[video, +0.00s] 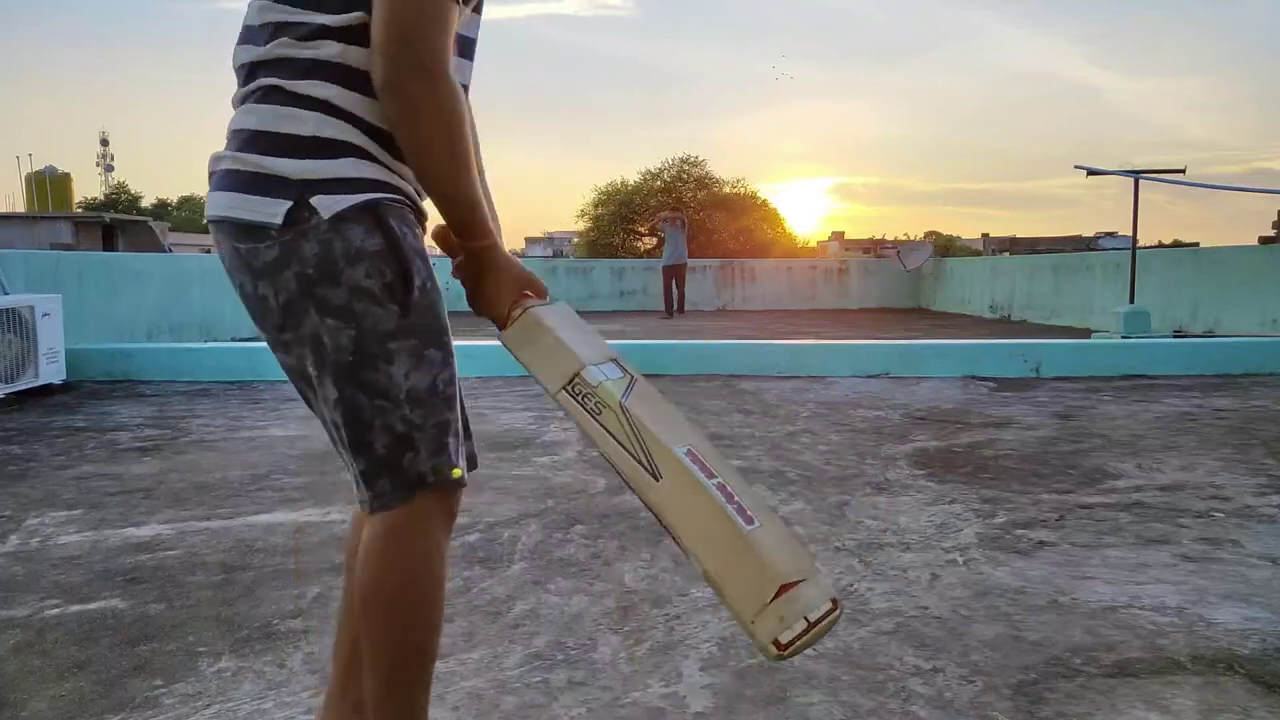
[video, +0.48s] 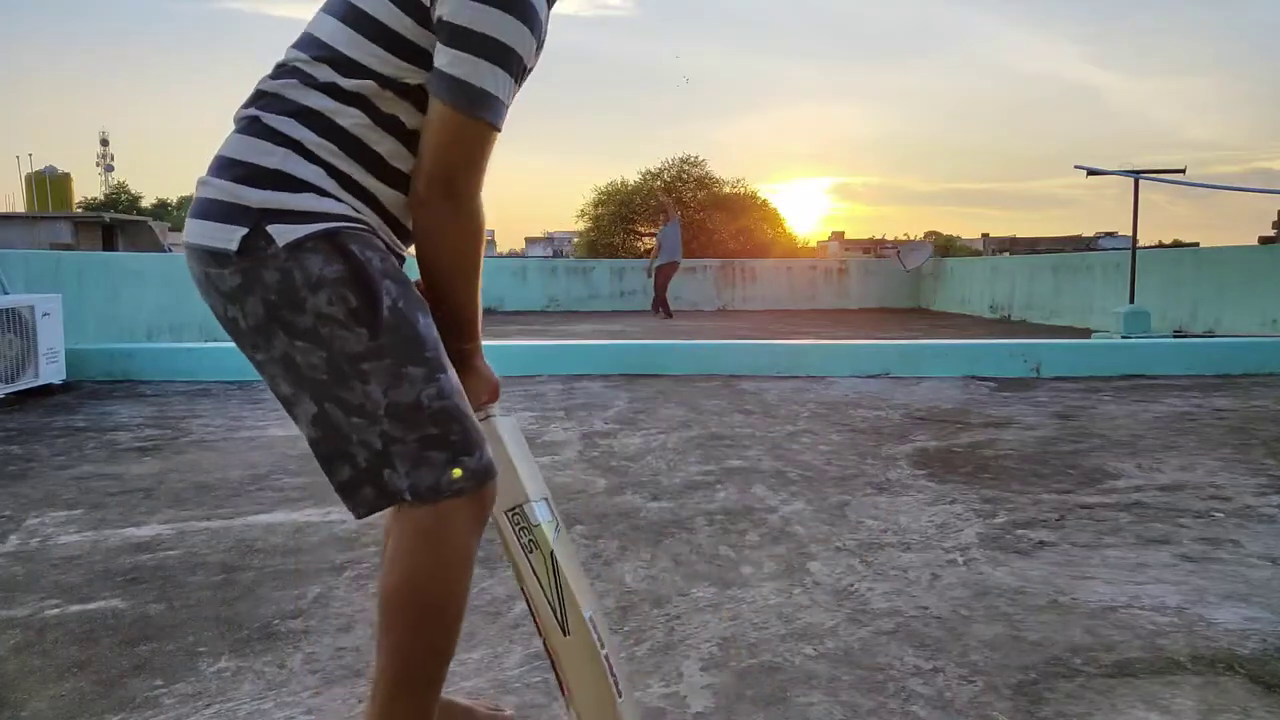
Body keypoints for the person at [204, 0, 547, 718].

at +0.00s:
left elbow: (436, 85)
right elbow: (412, 74)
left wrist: (483, 250)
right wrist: (483, 251)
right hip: (327, 197)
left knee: (393, 484)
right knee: (422, 484)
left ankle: (348, 705)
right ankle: (389, 707)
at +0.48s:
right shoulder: (502, 3)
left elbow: (430, 186)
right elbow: (445, 190)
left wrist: (448, 338)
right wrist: (464, 351)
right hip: (295, 225)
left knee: (433, 474)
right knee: (455, 481)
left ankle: (407, 694)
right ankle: (400, 705)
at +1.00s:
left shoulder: (556, 21)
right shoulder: (538, 8)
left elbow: (477, 155)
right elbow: (397, 111)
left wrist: (519, 267)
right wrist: (473, 259)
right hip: (356, 251)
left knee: (472, 501)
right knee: (510, 494)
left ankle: (401, 699)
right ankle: (424, 704)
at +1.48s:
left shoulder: (500, 14)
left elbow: (562, 166)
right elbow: (563, 40)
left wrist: (649, 230)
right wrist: (632, 185)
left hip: (345, 237)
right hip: (436, 236)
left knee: (506, 463)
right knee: (513, 495)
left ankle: (548, 658)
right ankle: (423, 710)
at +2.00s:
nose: (687, 27)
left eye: (687, 19)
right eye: (690, 21)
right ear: (682, 7)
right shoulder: (665, 42)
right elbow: (652, 143)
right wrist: (645, 60)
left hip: (419, 207)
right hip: (545, 225)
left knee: (468, 449)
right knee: (586, 421)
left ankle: (527, 677)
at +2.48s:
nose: (725, 13)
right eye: (727, 9)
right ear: (718, 1)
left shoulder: (583, 1)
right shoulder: (715, 57)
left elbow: (551, 100)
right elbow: (665, 163)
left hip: (516, 222)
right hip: (613, 238)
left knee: (520, 395)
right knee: (634, 399)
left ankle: (526, 558)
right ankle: (636, 571)